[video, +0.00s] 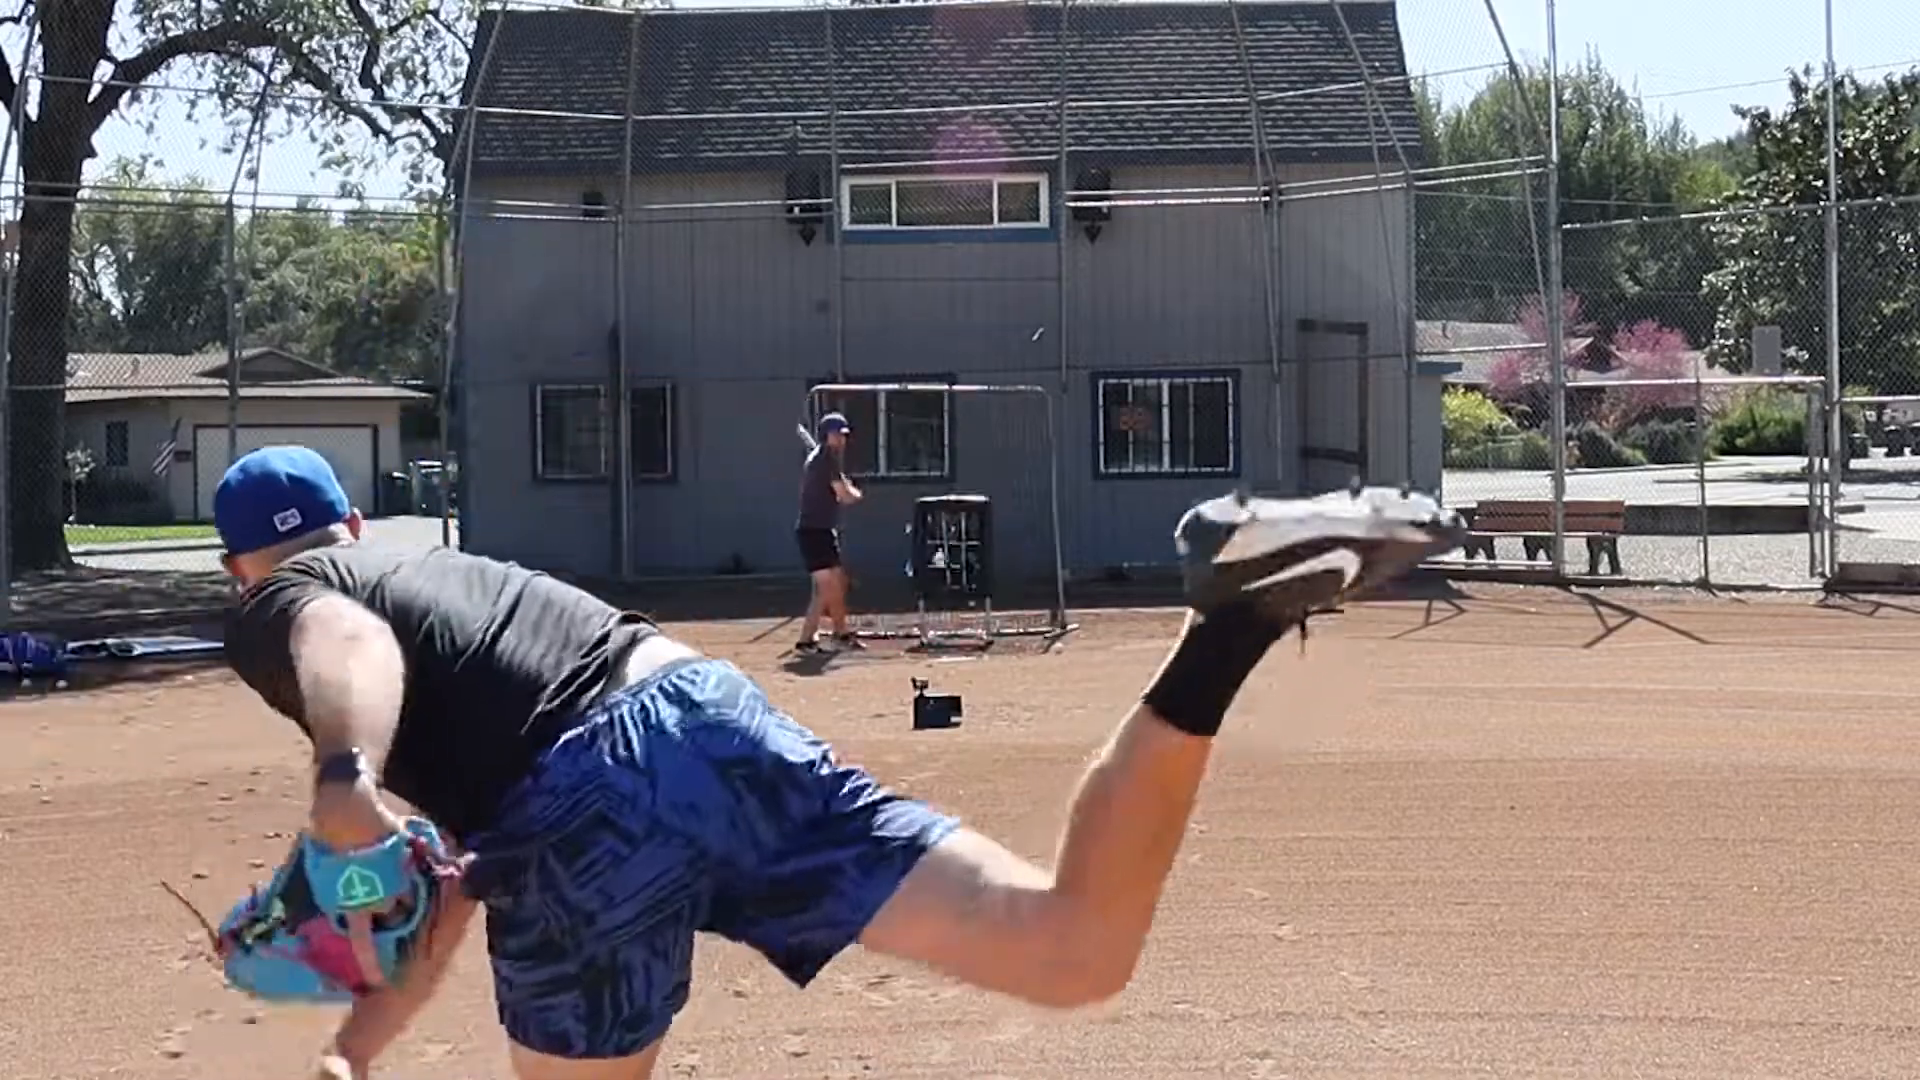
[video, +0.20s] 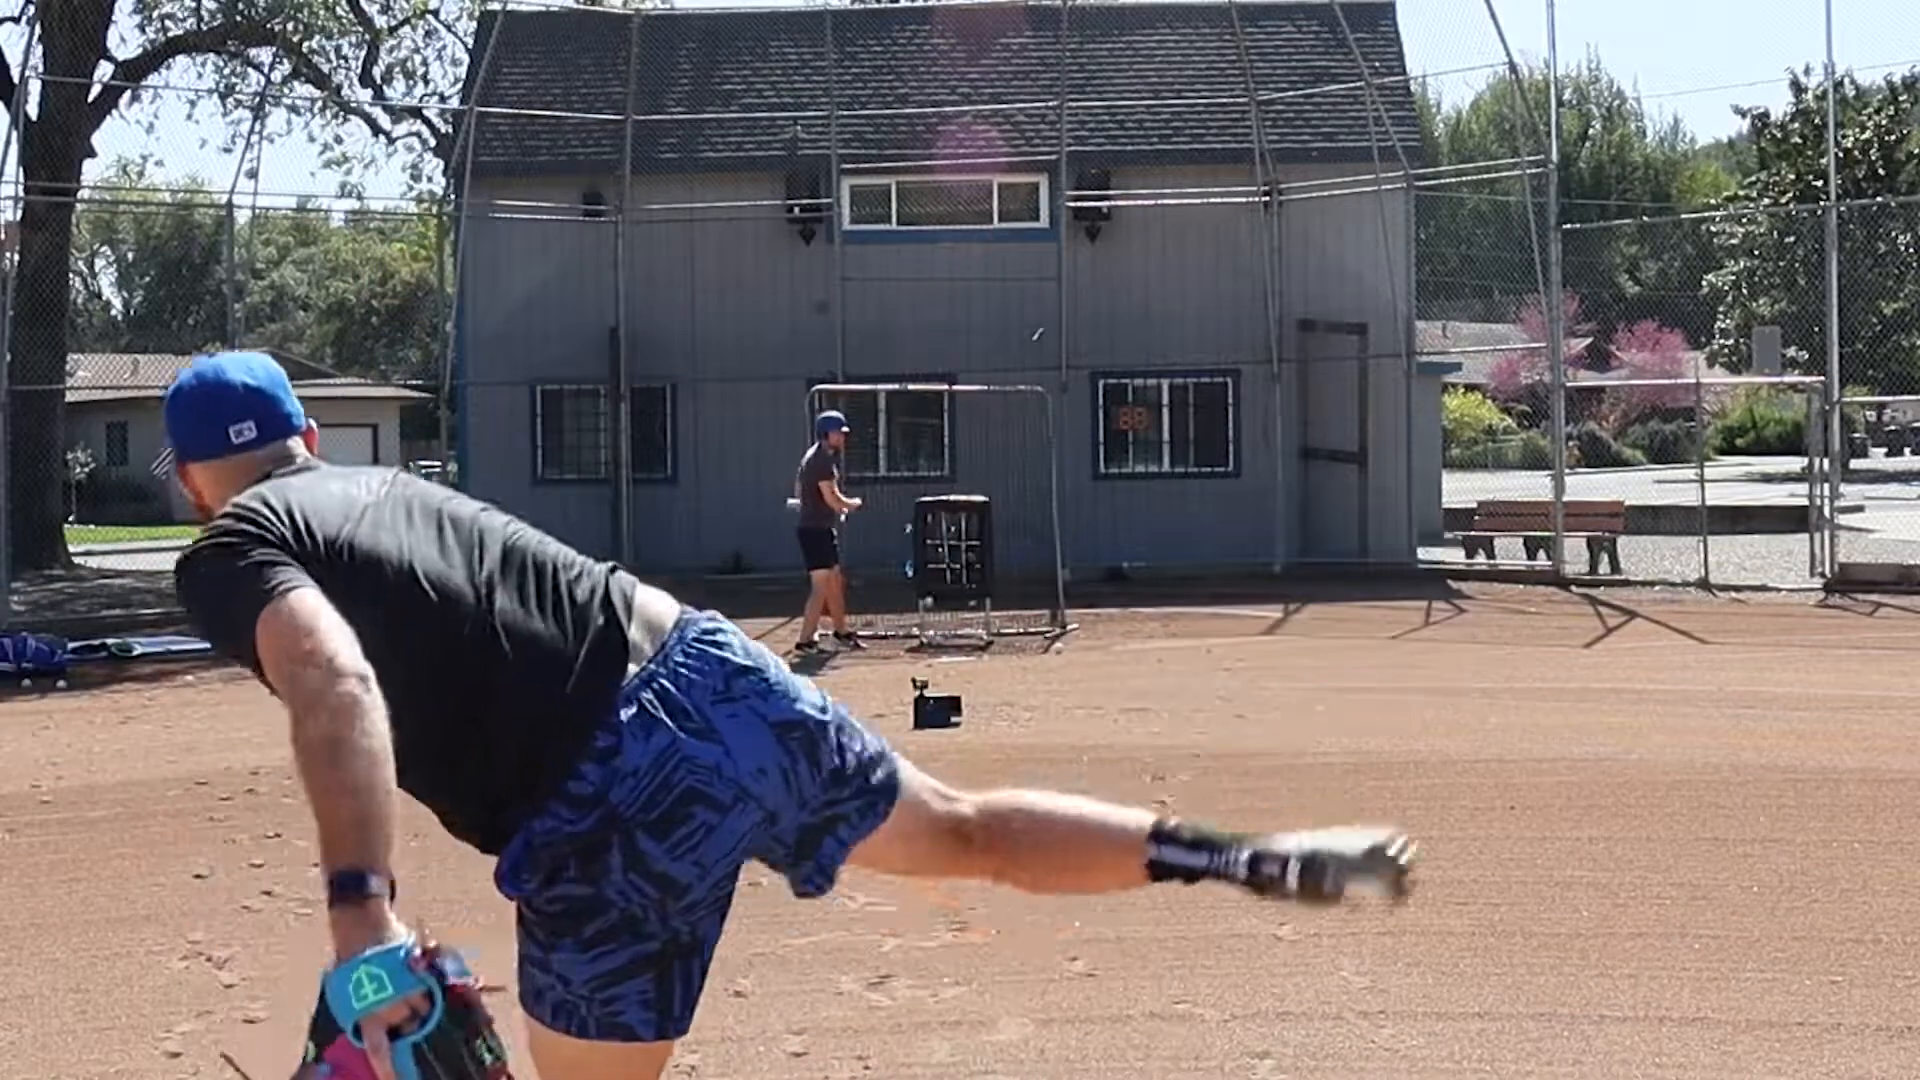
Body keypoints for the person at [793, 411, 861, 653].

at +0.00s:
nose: (842, 440)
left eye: (843, 435)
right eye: (838, 435)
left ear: (841, 436)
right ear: (826, 436)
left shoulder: (818, 455)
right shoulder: (827, 458)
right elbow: (843, 492)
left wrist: (845, 494)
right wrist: (856, 493)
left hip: (820, 527)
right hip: (816, 529)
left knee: (826, 583)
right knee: (831, 582)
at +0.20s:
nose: (843, 437)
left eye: (843, 433)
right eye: (838, 433)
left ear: (835, 434)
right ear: (826, 434)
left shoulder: (823, 456)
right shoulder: (821, 458)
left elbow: (829, 491)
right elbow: (830, 496)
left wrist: (841, 505)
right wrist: (850, 504)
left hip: (822, 527)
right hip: (815, 528)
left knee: (834, 578)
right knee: (821, 583)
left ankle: (842, 629)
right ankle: (806, 639)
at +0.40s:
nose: (845, 438)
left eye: (845, 433)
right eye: (842, 433)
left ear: (830, 434)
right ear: (831, 434)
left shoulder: (828, 457)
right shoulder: (817, 459)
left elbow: (830, 495)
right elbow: (821, 498)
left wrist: (845, 511)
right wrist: (843, 513)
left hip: (828, 526)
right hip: (817, 528)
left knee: (835, 578)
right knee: (824, 580)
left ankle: (841, 630)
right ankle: (806, 638)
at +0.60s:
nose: (850, 439)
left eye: (850, 434)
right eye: (847, 434)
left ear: (834, 435)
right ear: (835, 434)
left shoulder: (834, 459)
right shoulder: (822, 461)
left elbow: (837, 493)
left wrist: (850, 511)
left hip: (829, 524)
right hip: (825, 525)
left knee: (819, 581)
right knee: (842, 580)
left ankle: (806, 636)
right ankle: (839, 631)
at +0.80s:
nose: (866, 445)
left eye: (867, 440)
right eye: (861, 441)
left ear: (865, 443)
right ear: (849, 445)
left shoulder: (842, 463)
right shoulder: (853, 466)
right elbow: (880, 489)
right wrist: (878, 467)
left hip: (824, 531)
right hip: (832, 531)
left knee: (858, 581)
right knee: (870, 571)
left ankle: (848, 634)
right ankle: (847, 613)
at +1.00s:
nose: (866, 453)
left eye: (868, 449)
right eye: (861, 449)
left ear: (867, 451)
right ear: (850, 450)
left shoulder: (841, 466)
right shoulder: (852, 472)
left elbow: (877, 494)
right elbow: (878, 493)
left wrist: (870, 471)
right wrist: (872, 471)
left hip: (829, 533)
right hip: (827, 534)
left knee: (856, 583)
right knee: (857, 582)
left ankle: (847, 631)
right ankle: (836, 624)